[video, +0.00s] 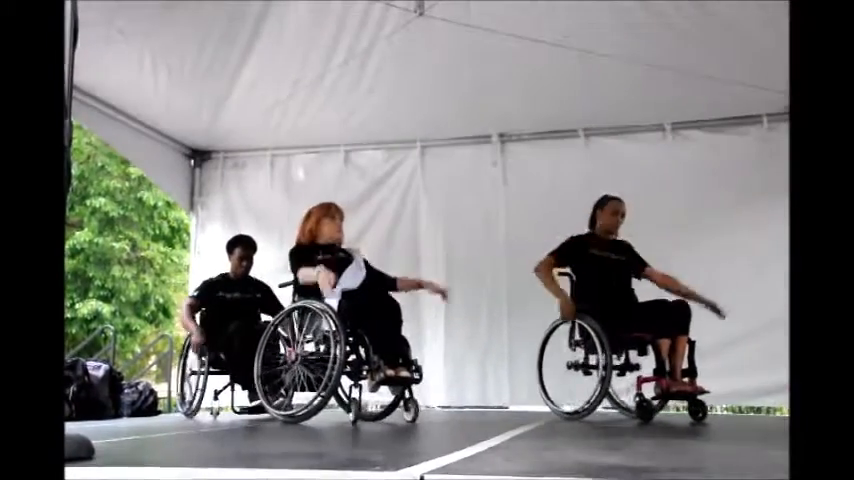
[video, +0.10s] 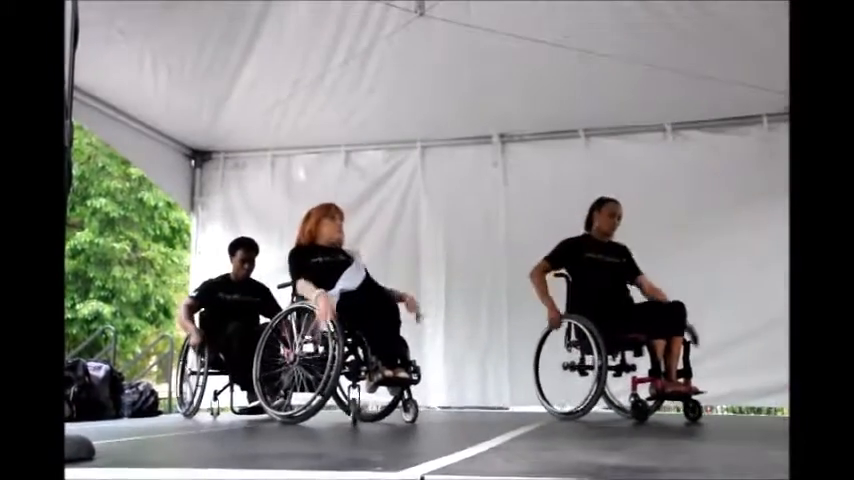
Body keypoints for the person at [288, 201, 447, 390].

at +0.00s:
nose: (338, 226)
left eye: (340, 222)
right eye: (332, 221)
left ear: (342, 225)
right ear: (316, 225)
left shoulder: (348, 256)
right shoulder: (301, 252)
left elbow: (384, 281)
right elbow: (300, 273)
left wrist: (422, 284)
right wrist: (319, 274)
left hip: (349, 307)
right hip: (318, 312)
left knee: (388, 305)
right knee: (368, 308)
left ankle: (396, 363)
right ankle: (383, 364)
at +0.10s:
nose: (339, 227)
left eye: (340, 222)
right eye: (333, 221)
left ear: (342, 226)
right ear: (317, 225)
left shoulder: (346, 256)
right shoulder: (300, 253)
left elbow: (370, 285)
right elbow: (300, 283)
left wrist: (401, 297)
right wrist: (318, 296)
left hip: (362, 299)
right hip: (335, 304)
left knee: (386, 306)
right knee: (369, 312)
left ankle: (393, 364)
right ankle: (384, 365)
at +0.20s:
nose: (340, 228)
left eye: (341, 223)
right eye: (333, 222)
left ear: (343, 227)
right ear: (318, 225)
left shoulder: (342, 255)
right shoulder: (300, 254)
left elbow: (356, 283)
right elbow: (300, 288)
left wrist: (389, 305)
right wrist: (315, 311)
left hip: (358, 295)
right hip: (333, 302)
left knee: (386, 309)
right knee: (370, 316)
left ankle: (389, 365)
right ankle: (385, 366)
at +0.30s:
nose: (340, 230)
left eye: (341, 225)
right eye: (334, 224)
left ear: (342, 228)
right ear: (318, 226)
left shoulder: (340, 256)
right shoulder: (299, 255)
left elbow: (351, 284)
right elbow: (299, 293)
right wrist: (316, 322)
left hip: (356, 296)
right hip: (331, 304)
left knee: (385, 310)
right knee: (369, 317)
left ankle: (389, 365)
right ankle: (384, 366)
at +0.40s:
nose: (338, 232)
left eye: (339, 227)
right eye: (333, 226)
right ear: (317, 228)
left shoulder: (337, 256)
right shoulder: (298, 256)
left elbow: (347, 285)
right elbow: (300, 295)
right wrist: (320, 323)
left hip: (352, 299)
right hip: (327, 305)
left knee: (383, 310)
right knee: (368, 316)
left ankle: (388, 365)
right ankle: (384, 366)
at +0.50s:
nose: (336, 231)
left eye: (337, 227)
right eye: (331, 226)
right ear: (315, 228)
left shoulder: (337, 257)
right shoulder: (296, 257)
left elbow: (348, 285)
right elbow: (298, 296)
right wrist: (320, 322)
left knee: (383, 309)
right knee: (368, 315)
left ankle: (387, 365)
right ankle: (384, 366)